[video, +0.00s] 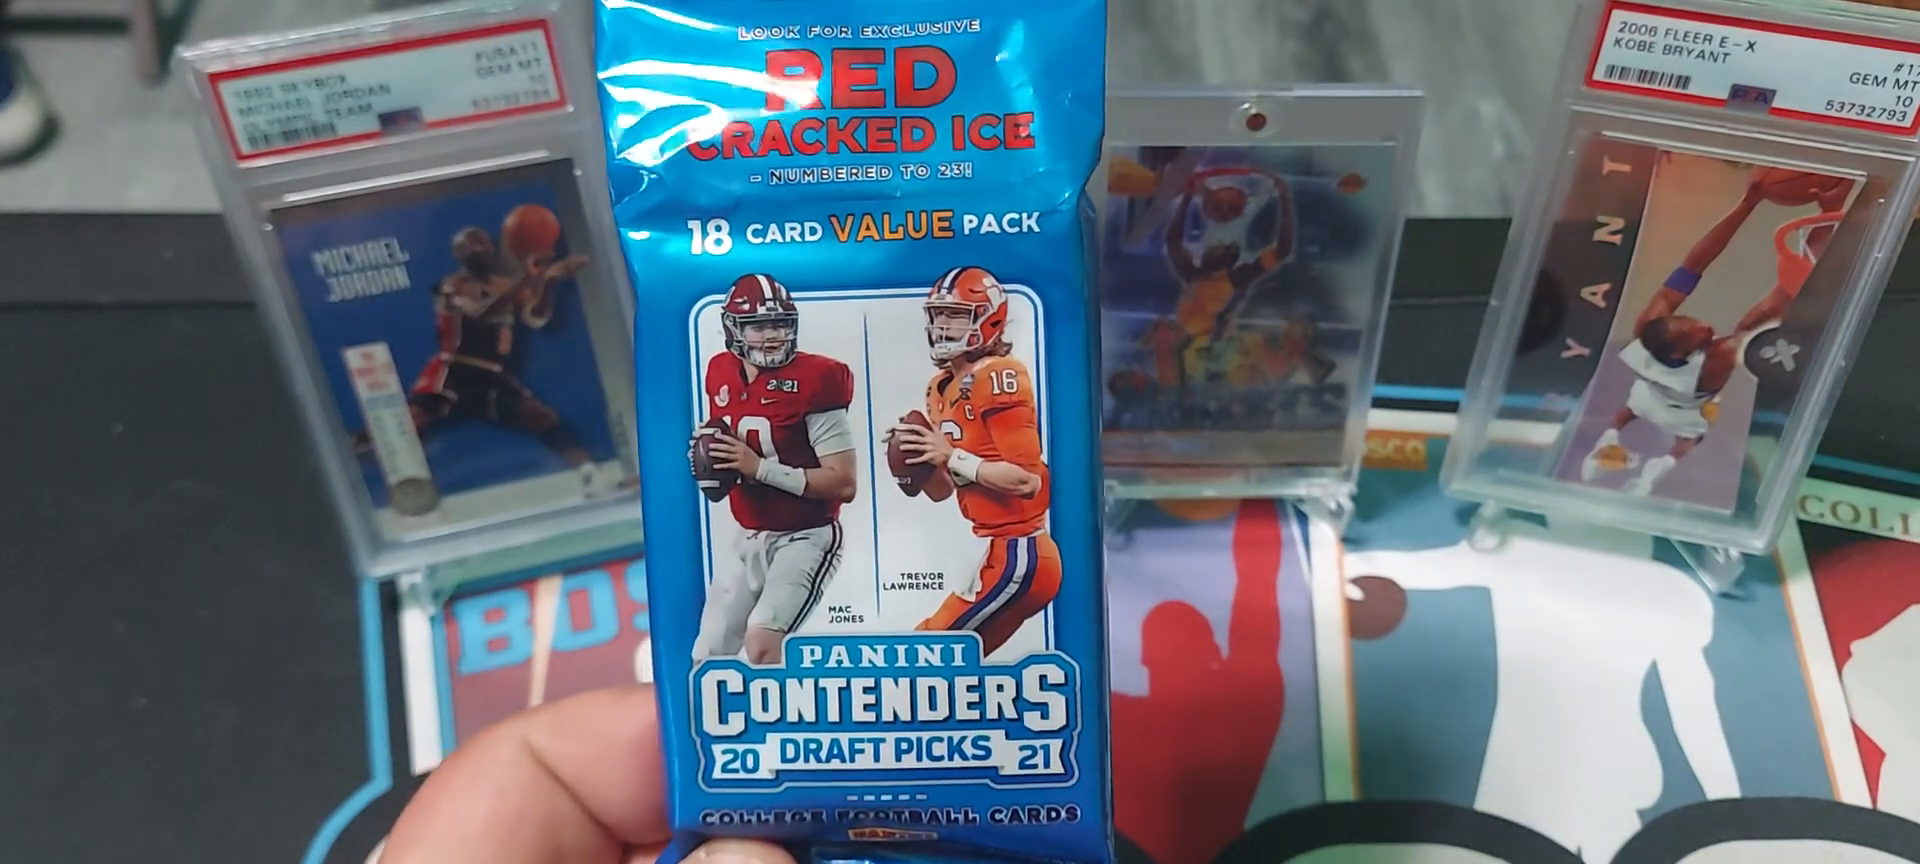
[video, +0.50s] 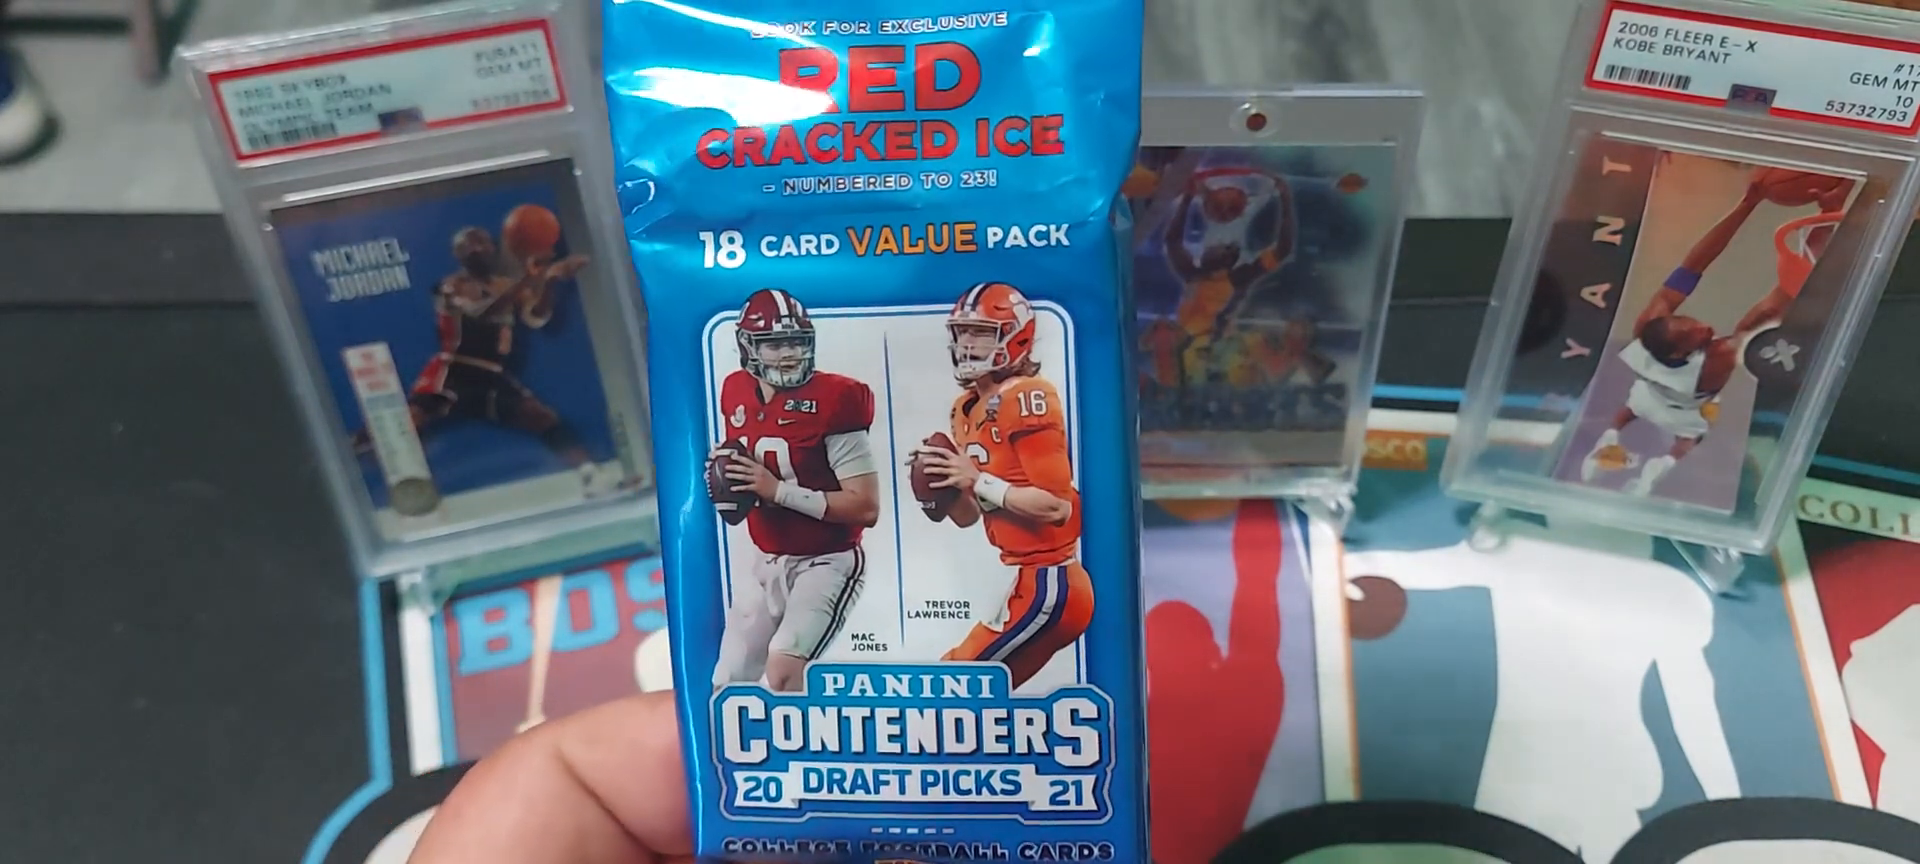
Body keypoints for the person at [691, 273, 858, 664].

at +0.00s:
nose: (770, 335)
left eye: (778, 325)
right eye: (757, 326)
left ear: (791, 326)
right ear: (734, 329)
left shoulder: (818, 379)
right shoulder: (721, 371)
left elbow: (843, 484)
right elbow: (718, 436)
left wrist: (759, 467)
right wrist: (704, 452)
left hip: (808, 538)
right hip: (747, 539)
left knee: (760, 646)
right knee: (707, 657)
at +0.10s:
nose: (764, 336)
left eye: (773, 325)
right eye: (752, 327)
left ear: (786, 327)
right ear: (728, 331)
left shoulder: (814, 380)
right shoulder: (715, 373)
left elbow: (841, 486)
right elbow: (717, 442)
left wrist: (756, 470)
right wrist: (702, 455)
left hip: (807, 540)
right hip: (746, 543)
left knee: (762, 649)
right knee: (708, 663)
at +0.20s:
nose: (778, 340)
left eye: (786, 329)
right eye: (765, 330)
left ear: (799, 330)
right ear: (741, 334)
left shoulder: (827, 384)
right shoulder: (728, 377)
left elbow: (855, 490)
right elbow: (728, 440)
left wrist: (768, 475)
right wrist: (713, 457)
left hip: (820, 546)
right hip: (758, 548)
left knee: (774, 656)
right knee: (719, 669)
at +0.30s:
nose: (783, 347)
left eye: (792, 336)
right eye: (772, 337)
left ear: (805, 337)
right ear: (747, 340)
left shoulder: (834, 391)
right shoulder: (734, 383)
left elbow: (861, 499)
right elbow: (733, 451)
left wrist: (774, 482)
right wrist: (718, 466)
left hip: (825, 555)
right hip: (763, 556)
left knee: (777, 667)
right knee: (724, 677)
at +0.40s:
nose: (778, 358)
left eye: (787, 347)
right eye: (766, 348)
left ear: (801, 347)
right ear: (741, 351)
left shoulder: (830, 402)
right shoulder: (728, 394)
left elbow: (859, 511)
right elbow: (729, 468)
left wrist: (769, 493)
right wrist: (713, 479)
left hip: (823, 565)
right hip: (759, 566)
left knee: (776, 673)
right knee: (722, 686)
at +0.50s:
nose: (786, 354)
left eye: (795, 343)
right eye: (774, 345)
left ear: (808, 344)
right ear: (750, 347)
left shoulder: (837, 399)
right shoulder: (736, 390)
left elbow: (866, 507)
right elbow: (738, 462)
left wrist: (777, 489)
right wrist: (721, 474)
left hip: (829, 563)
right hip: (765, 564)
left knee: (782, 673)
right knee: (728, 685)